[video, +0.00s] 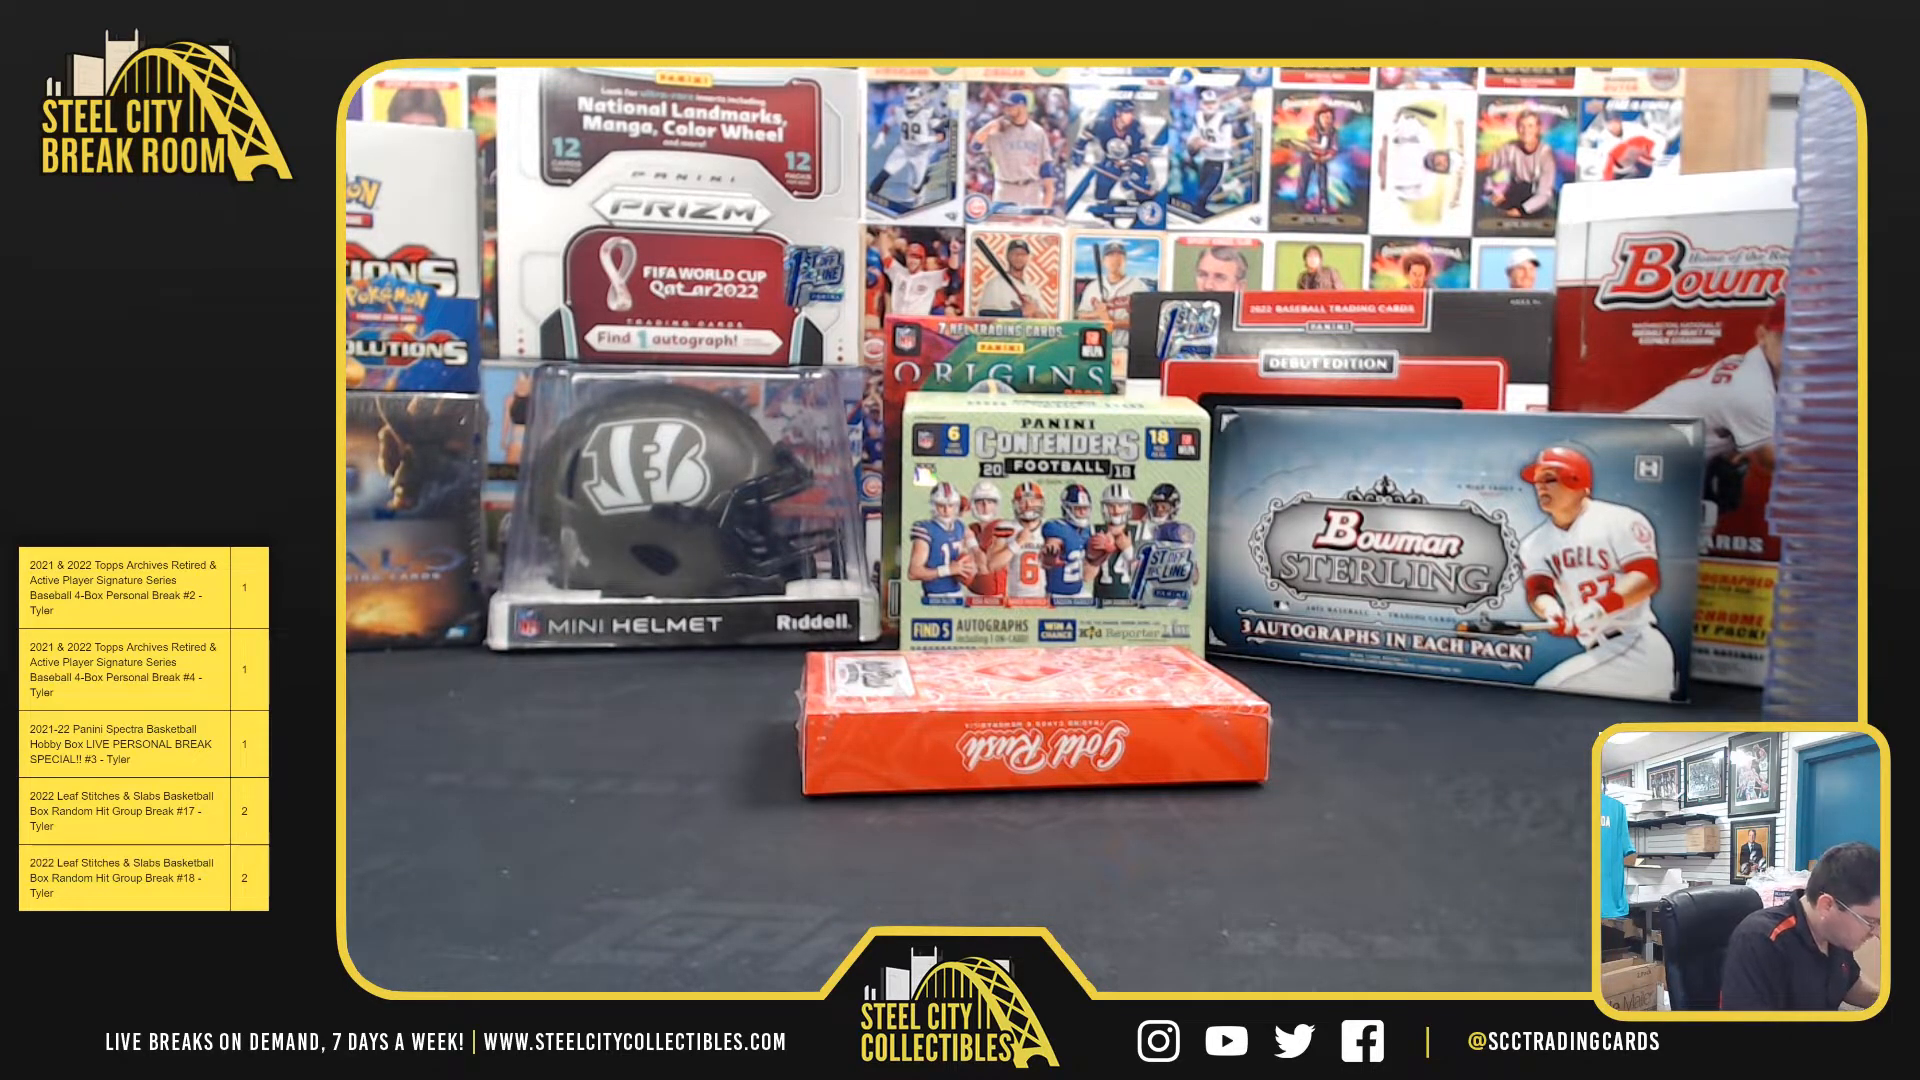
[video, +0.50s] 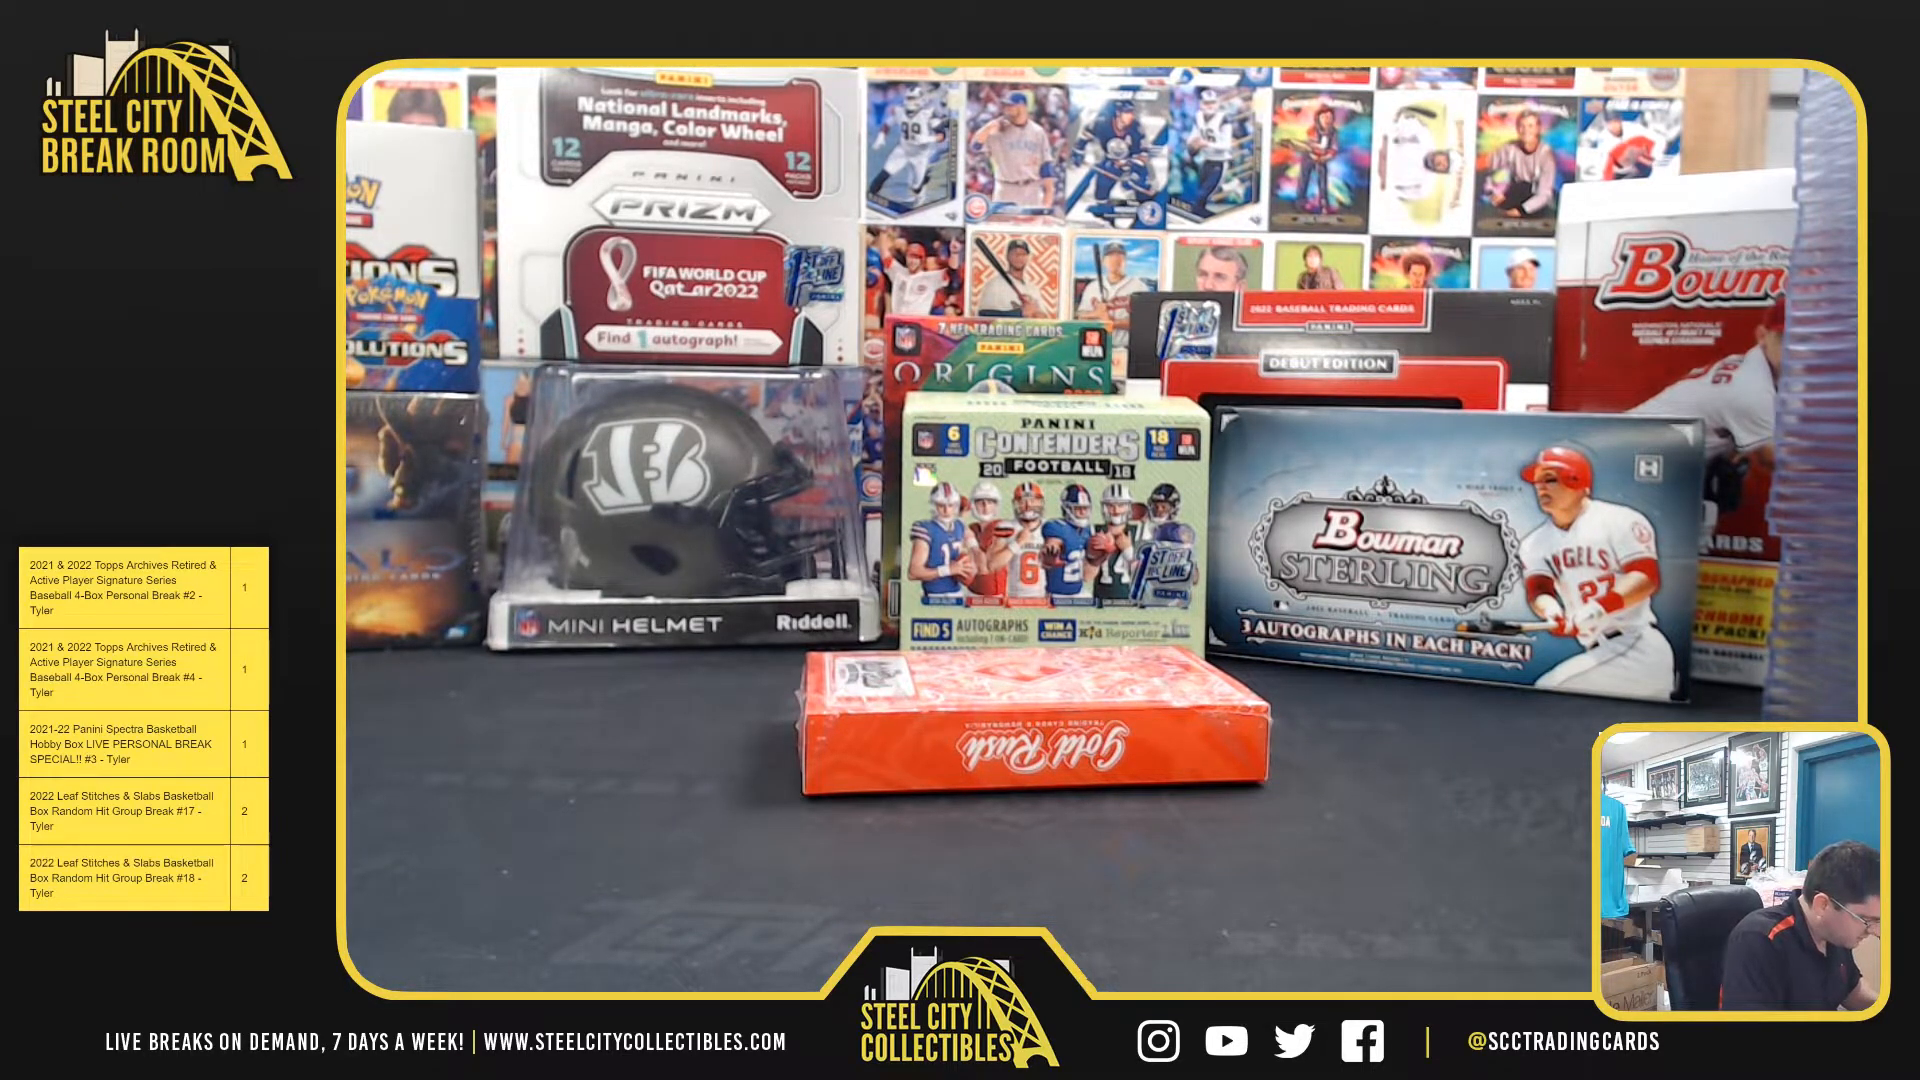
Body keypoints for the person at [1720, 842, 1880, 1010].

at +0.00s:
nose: (1875, 934)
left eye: (1878, 923)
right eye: (1870, 922)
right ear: (1826, 905)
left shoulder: (1833, 933)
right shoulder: (1758, 940)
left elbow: (1852, 986)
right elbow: (1742, 1021)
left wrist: (1888, 1001)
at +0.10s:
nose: (1875, 934)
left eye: (1877, 923)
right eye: (1869, 922)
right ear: (1825, 906)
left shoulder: (1834, 930)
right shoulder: (1758, 941)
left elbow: (1846, 987)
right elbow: (1746, 1020)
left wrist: (1886, 989)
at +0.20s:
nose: (1875, 933)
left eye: (1877, 922)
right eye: (1868, 921)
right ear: (1824, 905)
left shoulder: (1833, 931)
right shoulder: (1758, 941)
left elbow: (1845, 991)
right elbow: (1746, 1020)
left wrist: (1886, 999)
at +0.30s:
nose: (1875, 933)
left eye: (1877, 922)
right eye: (1867, 921)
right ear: (1823, 905)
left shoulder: (1832, 931)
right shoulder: (1757, 940)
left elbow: (1851, 993)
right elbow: (1746, 1020)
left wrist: (1885, 1007)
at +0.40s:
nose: (1876, 933)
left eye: (1877, 922)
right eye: (1867, 921)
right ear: (1822, 905)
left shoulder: (1833, 930)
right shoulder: (1757, 940)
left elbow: (1852, 993)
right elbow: (1746, 1019)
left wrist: (1886, 1007)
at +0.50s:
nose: (1875, 933)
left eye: (1877, 922)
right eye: (1867, 921)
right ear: (1822, 905)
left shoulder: (1833, 930)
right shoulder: (1757, 940)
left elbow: (1854, 992)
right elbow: (1746, 1022)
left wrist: (1886, 1008)